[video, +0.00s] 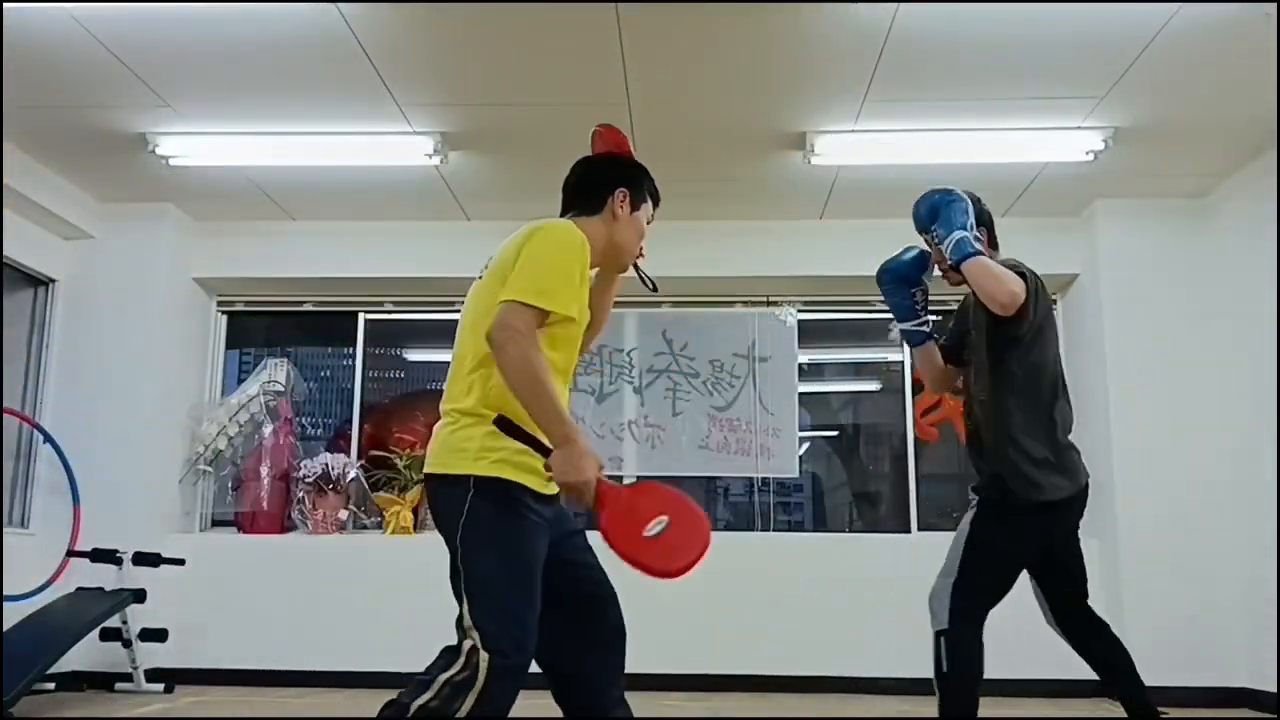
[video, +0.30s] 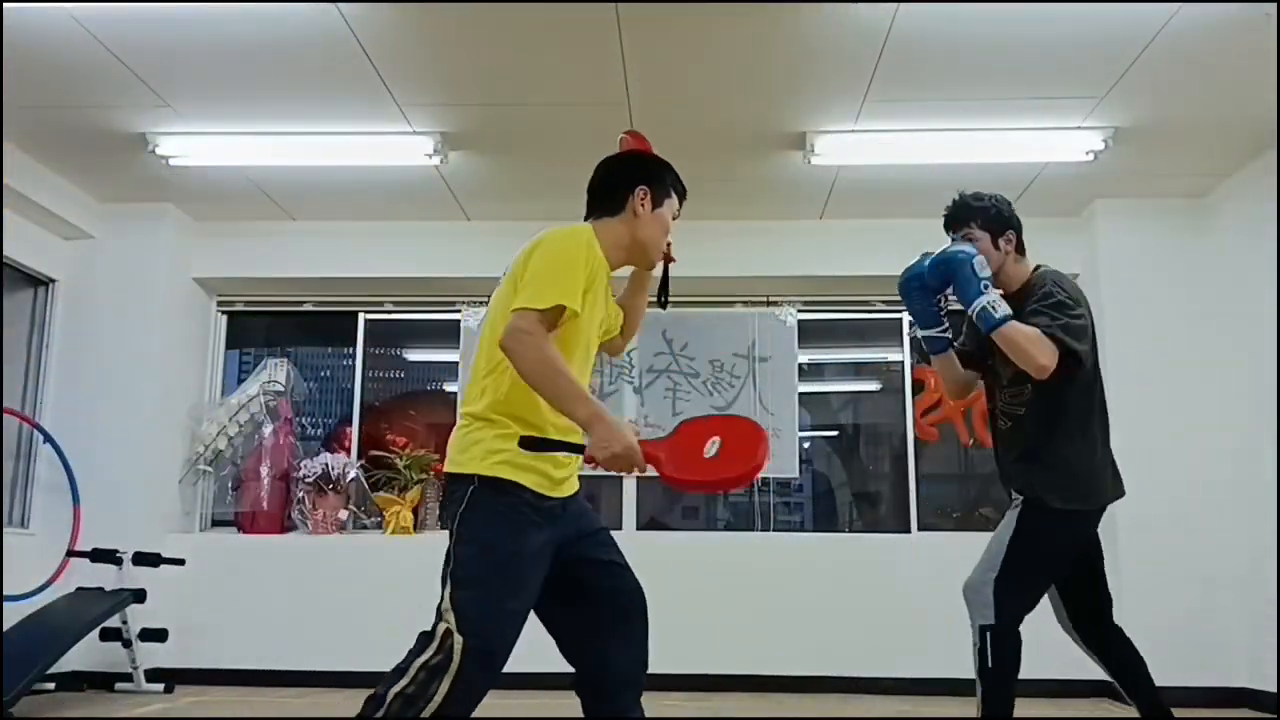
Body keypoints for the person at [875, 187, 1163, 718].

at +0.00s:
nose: (939, 255)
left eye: (946, 241)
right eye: (934, 247)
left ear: (978, 238)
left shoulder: (1012, 278)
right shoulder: (972, 308)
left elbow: (1007, 299)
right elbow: (941, 381)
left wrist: (960, 245)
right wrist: (912, 317)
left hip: (1021, 488)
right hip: (1048, 484)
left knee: (954, 608)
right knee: (1070, 612)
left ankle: (956, 716)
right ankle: (1146, 713)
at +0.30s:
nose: (963, 256)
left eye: (971, 243)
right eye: (958, 247)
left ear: (1007, 242)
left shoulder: (1056, 293)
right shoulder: (992, 311)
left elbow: (1041, 360)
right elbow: (959, 388)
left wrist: (978, 298)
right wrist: (929, 321)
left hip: (1066, 487)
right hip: (1046, 486)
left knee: (989, 598)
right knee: (1089, 622)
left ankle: (994, 717)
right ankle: (1159, 715)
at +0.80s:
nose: (943, 233)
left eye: (952, 219)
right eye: (935, 223)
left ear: (991, 214)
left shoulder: (1036, 266)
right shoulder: (981, 286)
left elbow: (1025, 341)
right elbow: (955, 372)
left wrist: (960, 278)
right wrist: (921, 317)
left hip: (1046, 467)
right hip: (1030, 468)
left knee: (991, 613)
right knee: (1095, 619)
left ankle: (992, 719)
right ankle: (1164, 714)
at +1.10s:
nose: (953, 242)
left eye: (958, 226)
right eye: (948, 231)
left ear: (997, 217)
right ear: (990, 223)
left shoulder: (1044, 264)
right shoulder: (1015, 282)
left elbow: (1043, 346)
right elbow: (1003, 384)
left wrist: (970, 305)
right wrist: (970, 337)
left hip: (1057, 474)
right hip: (1080, 470)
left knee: (1008, 606)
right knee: (1114, 603)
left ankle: (1005, 716)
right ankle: (1176, 712)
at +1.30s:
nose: (938, 259)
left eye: (943, 243)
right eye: (934, 248)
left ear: (982, 236)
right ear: (973, 243)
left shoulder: (1031, 280)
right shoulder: (985, 307)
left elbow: (1007, 366)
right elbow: (967, 395)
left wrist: (939, 316)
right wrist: (927, 342)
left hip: (1042, 480)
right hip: (1056, 483)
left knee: (925, 575)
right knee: (1086, 621)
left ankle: (964, 712)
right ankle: (1165, 714)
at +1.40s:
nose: (909, 249)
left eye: (915, 234)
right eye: (905, 238)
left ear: (951, 230)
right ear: (955, 233)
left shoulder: (983, 275)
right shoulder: (1004, 275)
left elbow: (968, 351)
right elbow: (996, 383)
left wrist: (901, 305)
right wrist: (924, 354)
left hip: (995, 489)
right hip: (1051, 487)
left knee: (909, 610)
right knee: (1095, 619)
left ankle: (900, 713)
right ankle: (1165, 713)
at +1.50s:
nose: (881, 266)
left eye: (885, 252)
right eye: (878, 255)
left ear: (922, 245)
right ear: (928, 244)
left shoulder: (941, 292)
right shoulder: (996, 291)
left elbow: (851, 307)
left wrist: (790, 260)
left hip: (973, 501)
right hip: (1038, 498)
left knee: (890, 625)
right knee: (1056, 623)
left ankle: (889, 715)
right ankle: (1139, 712)